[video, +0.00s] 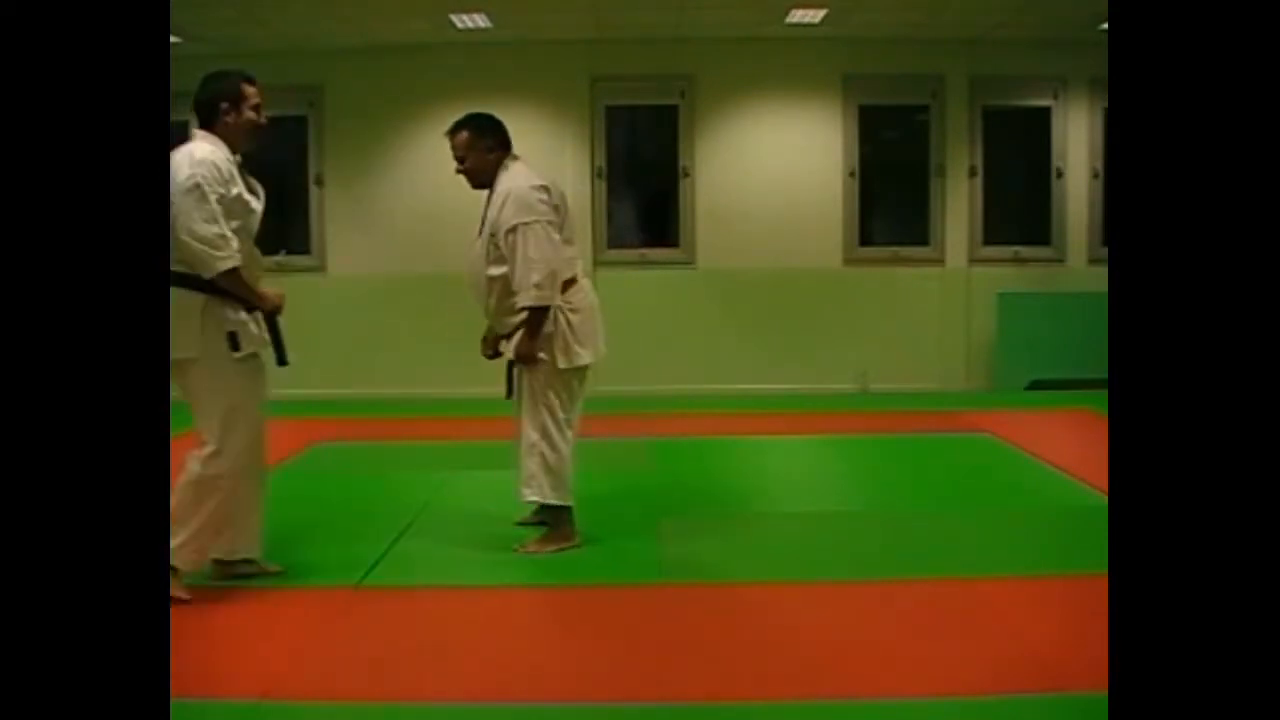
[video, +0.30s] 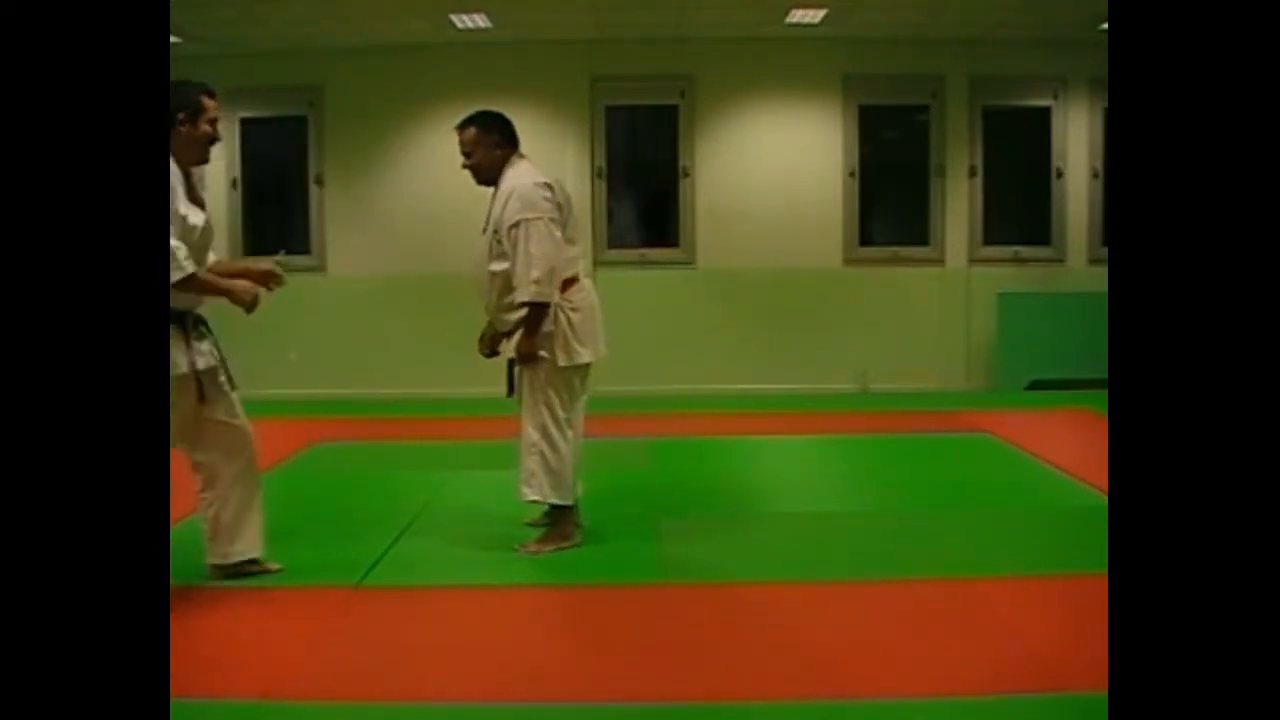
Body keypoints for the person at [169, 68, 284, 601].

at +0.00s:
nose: (262, 116)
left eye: (260, 107)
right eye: (254, 108)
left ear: (225, 114)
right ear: (225, 113)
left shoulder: (220, 163)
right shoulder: (196, 165)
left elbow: (222, 246)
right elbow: (206, 250)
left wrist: (259, 291)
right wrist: (257, 295)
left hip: (231, 315)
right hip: (205, 318)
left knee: (245, 441)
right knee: (225, 443)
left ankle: (234, 553)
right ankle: (175, 557)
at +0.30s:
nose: (217, 133)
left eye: (218, 123)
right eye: (210, 123)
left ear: (189, 126)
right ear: (183, 125)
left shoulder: (188, 182)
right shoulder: (171, 181)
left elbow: (190, 264)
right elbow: (173, 271)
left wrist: (240, 270)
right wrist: (227, 288)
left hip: (189, 329)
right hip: (174, 330)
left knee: (229, 438)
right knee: (221, 439)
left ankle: (233, 552)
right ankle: (232, 552)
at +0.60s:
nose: (187, 139)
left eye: (187, 129)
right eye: (179, 131)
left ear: (185, 132)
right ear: (164, 136)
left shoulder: (178, 195)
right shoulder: (172, 196)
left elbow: (206, 251)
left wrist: (264, 236)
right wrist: (176, 247)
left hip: (182, 344)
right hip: (176, 345)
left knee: (243, 435)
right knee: (239, 436)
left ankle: (238, 548)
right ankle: (237, 547)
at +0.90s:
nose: (232, 157)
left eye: (230, 148)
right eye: (223, 149)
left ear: (204, 154)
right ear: (192, 154)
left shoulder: (224, 207)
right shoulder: (172, 208)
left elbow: (268, 247)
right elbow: (177, 285)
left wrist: (330, 230)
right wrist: (216, 267)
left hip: (230, 354)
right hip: (182, 357)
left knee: (306, 432)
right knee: (175, 475)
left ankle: (361, 527)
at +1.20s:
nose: (352, 161)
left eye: (351, 151)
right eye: (345, 151)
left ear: (321, 153)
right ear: (317, 153)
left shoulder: (338, 197)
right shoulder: (271, 203)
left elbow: (400, 197)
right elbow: (266, 275)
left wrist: (467, 182)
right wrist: (337, 270)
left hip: (320, 347)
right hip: (273, 345)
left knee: (382, 428)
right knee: (237, 454)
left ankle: (396, 535)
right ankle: (170, 535)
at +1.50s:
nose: (393, 157)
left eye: (391, 147)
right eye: (384, 147)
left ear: (368, 151)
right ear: (356, 152)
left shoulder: (389, 202)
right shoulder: (303, 203)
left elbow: (457, 207)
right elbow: (280, 271)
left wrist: (527, 201)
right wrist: (342, 279)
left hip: (352, 345)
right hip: (301, 343)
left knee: (413, 430)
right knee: (275, 454)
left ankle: (404, 534)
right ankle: (215, 560)